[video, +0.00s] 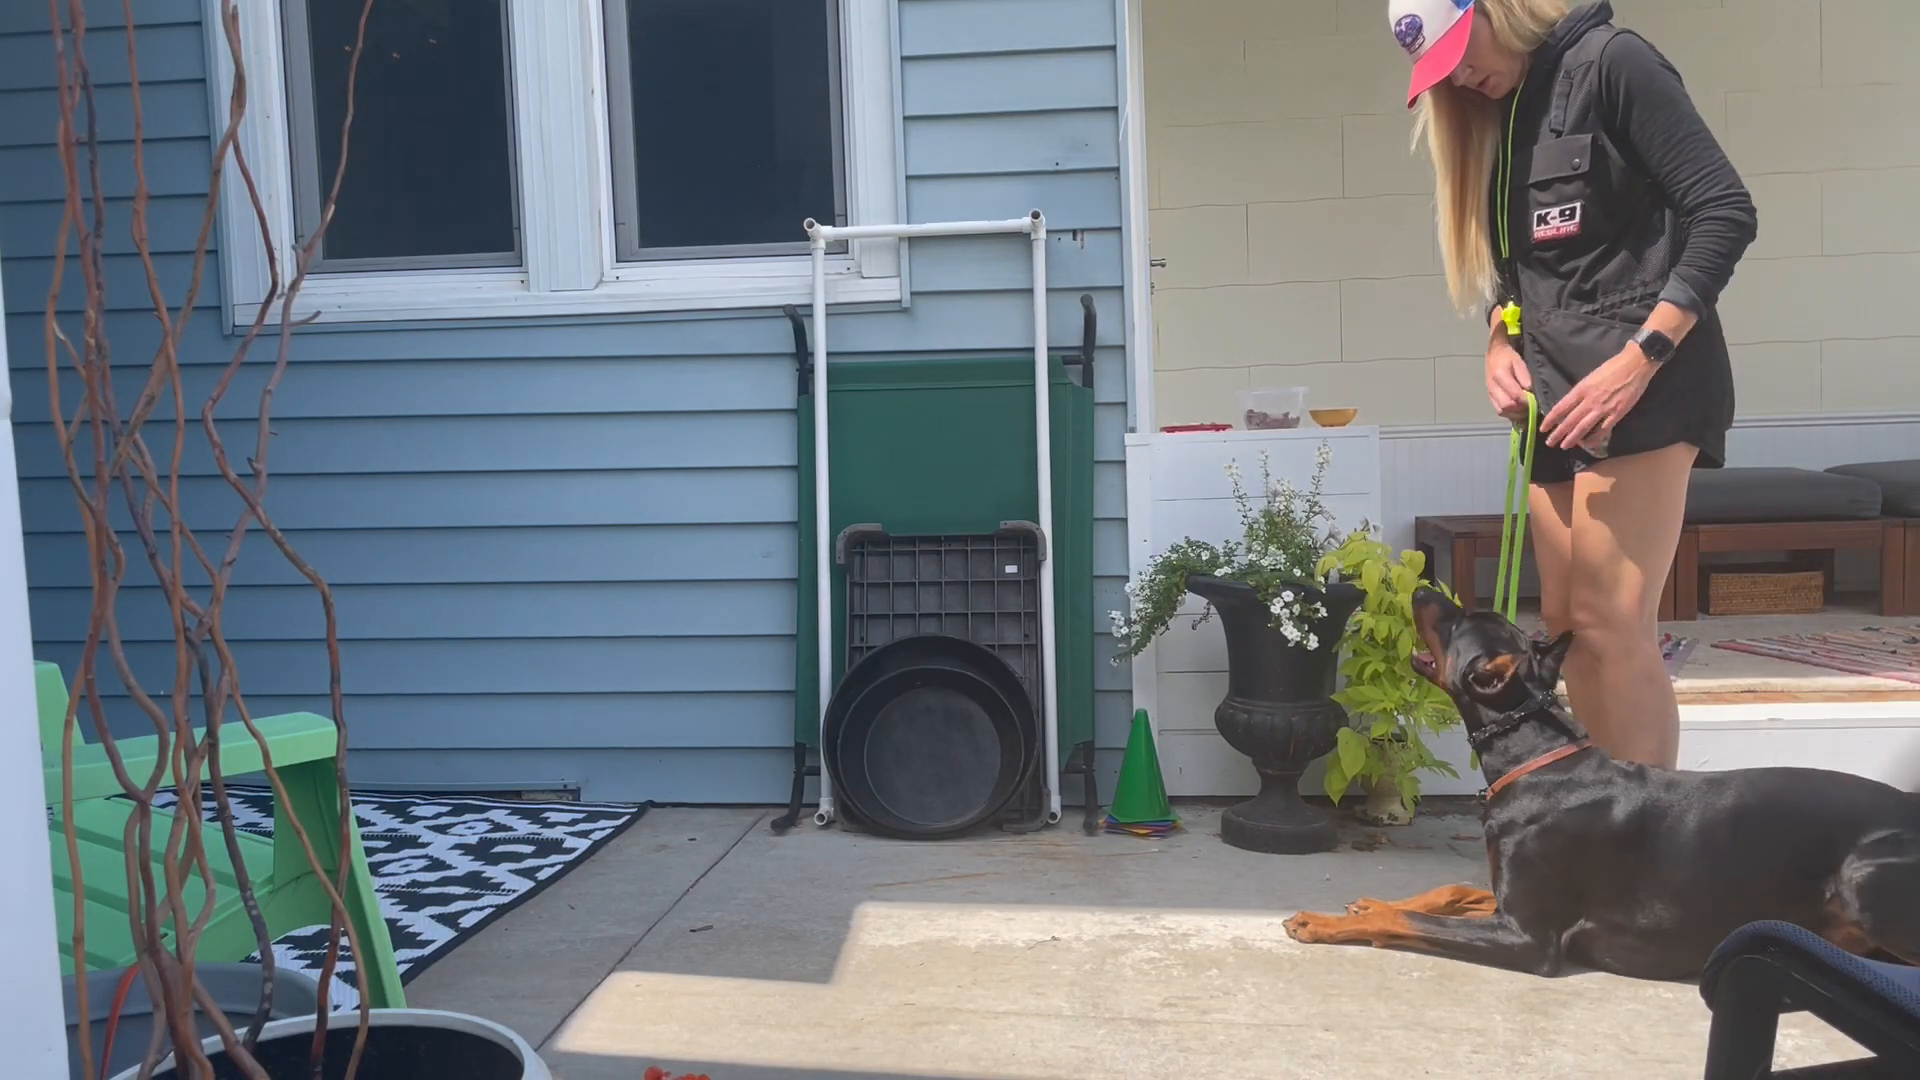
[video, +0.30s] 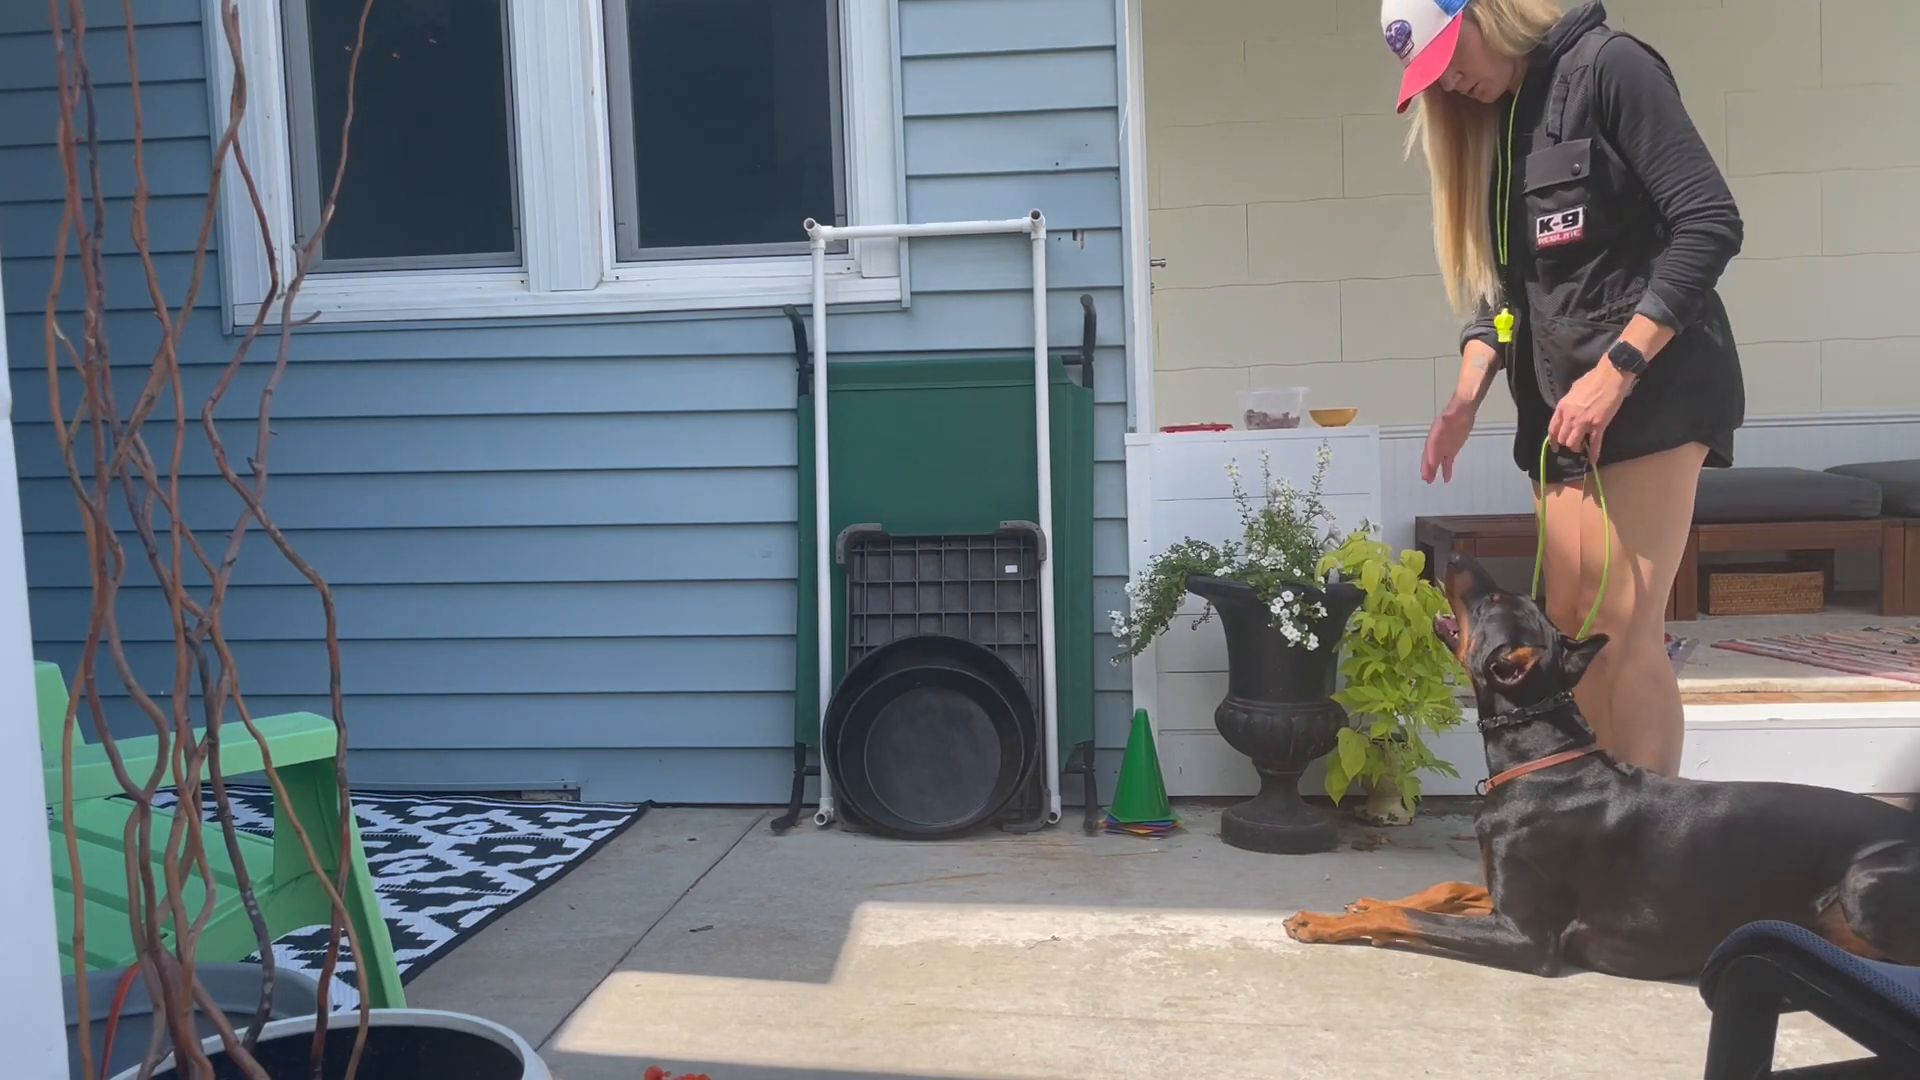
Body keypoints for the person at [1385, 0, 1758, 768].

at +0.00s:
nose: (1459, 80)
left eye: (1459, 55)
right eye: (1444, 71)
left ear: (1495, 10)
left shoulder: (1612, 61)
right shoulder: (1507, 105)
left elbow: (1725, 211)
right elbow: (1517, 253)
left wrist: (1641, 354)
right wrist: (1500, 336)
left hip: (1641, 375)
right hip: (1552, 383)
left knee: (1612, 621)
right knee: (1569, 624)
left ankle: (1649, 852)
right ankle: (1608, 846)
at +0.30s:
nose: (1448, 86)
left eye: (1448, 61)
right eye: (1434, 76)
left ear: (1485, 14)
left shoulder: (1609, 66)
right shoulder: (1502, 114)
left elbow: (1709, 221)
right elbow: (1504, 273)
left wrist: (1617, 366)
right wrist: (1467, 394)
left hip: (1654, 378)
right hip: (1558, 391)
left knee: (1625, 627)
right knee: (1570, 626)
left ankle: (1647, 849)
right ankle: (1587, 845)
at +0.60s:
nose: (1429, 94)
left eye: (1430, 69)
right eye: (1416, 84)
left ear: (1474, 23)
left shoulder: (1610, 75)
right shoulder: (1481, 133)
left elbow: (1723, 231)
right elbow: (1450, 293)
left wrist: (1701, 393)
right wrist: (1394, 448)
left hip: (1662, 388)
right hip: (1566, 399)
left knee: (1633, 632)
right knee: (1578, 638)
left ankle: (1655, 849)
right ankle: (1605, 849)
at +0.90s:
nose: (1428, 86)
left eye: (1423, 61)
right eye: (1417, 70)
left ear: (1462, 31)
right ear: (1460, 42)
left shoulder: (1596, 82)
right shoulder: (1492, 116)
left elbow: (1707, 241)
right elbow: (1494, 276)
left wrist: (1702, 413)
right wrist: (1451, 397)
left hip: (1639, 397)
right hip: (1554, 404)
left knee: (1606, 625)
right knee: (1568, 621)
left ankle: (1649, 842)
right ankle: (1604, 836)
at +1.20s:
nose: (1418, 79)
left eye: (1416, 58)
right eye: (1410, 63)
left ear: (1448, 35)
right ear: (1472, 32)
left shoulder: (1543, 87)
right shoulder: (1496, 102)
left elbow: (1627, 255)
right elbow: (1532, 269)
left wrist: (1567, 413)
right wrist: (1505, 389)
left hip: (1609, 394)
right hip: (1558, 390)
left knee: (1579, 641)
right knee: (1532, 634)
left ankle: (1636, 838)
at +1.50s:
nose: (1395, 98)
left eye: (1393, 79)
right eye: (1388, 83)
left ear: (1420, 62)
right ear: (1462, 46)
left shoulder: (1485, 112)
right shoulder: (1491, 110)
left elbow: (1467, 287)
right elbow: (1538, 272)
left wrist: (1361, 365)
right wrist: (1477, 363)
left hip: (1564, 380)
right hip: (1530, 381)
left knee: (1547, 633)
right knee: (1497, 614)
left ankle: (1625, 819)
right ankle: (1528, 791)